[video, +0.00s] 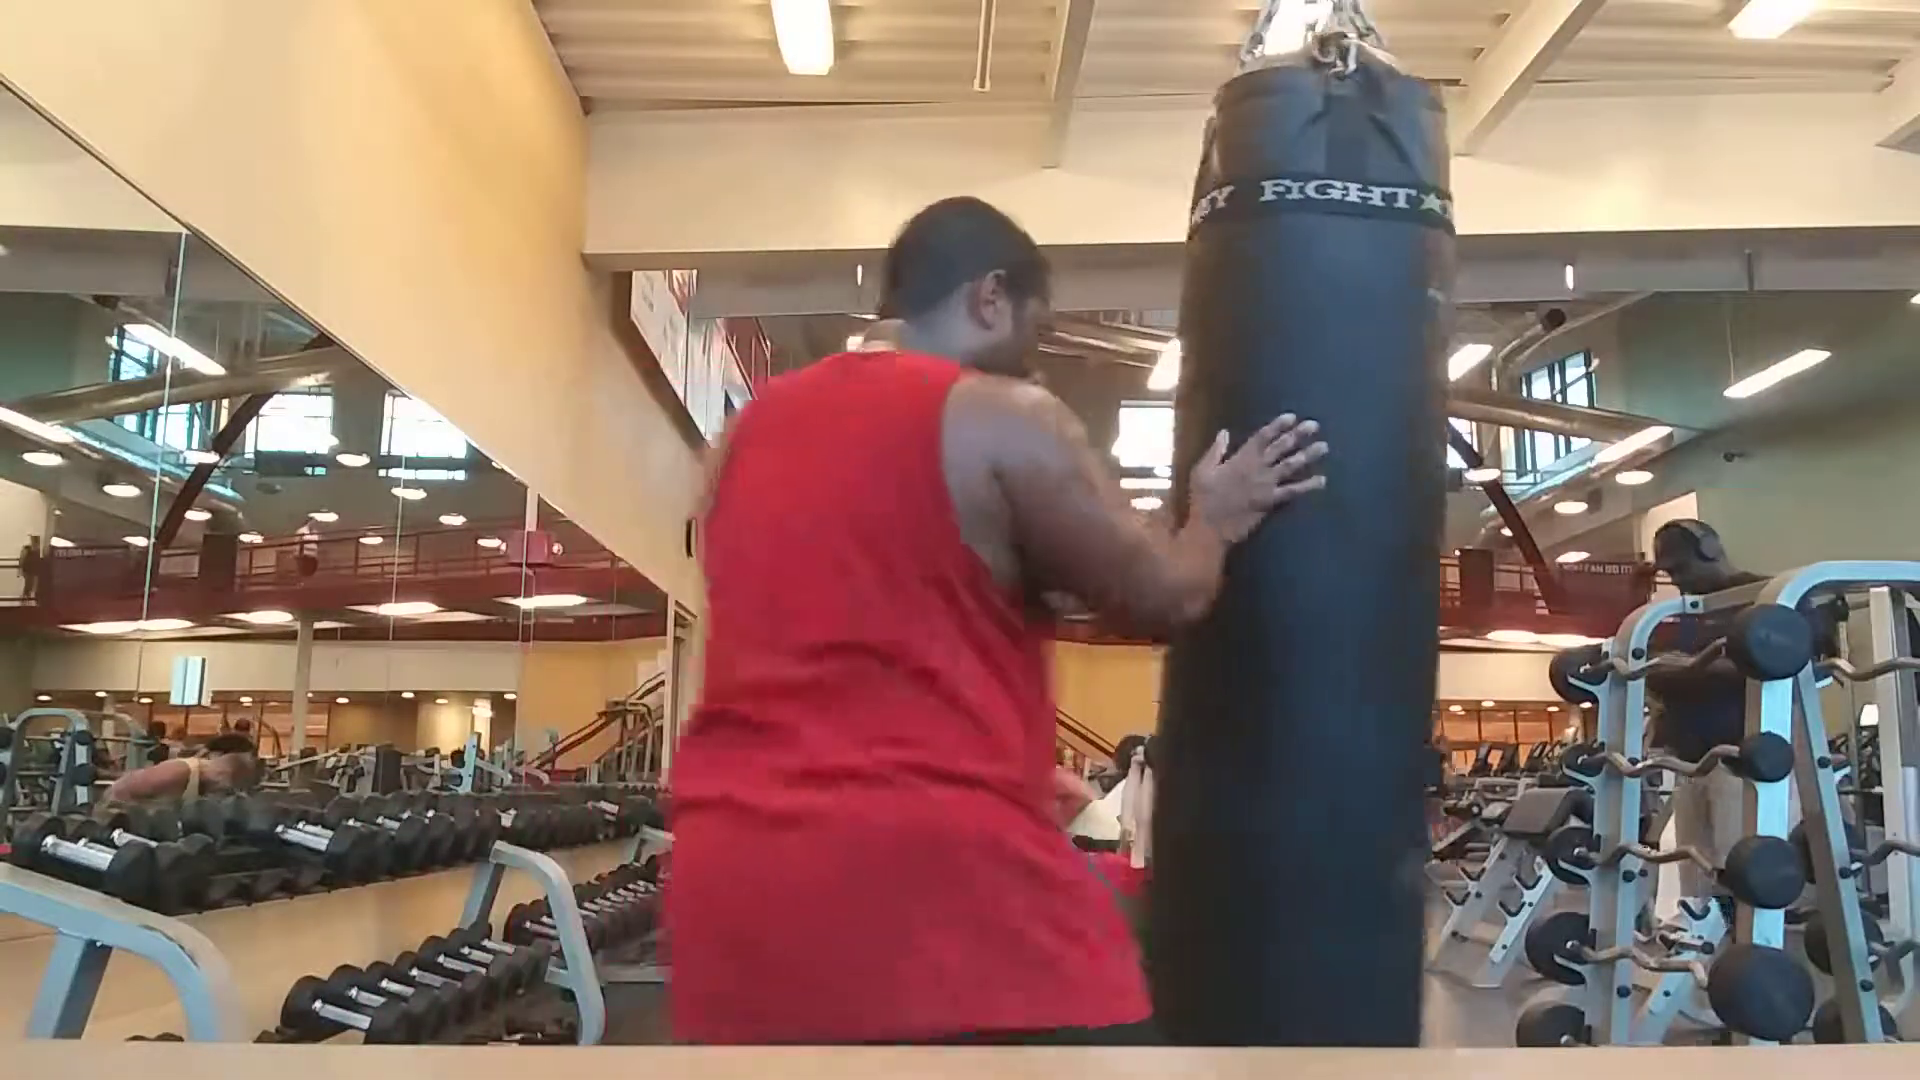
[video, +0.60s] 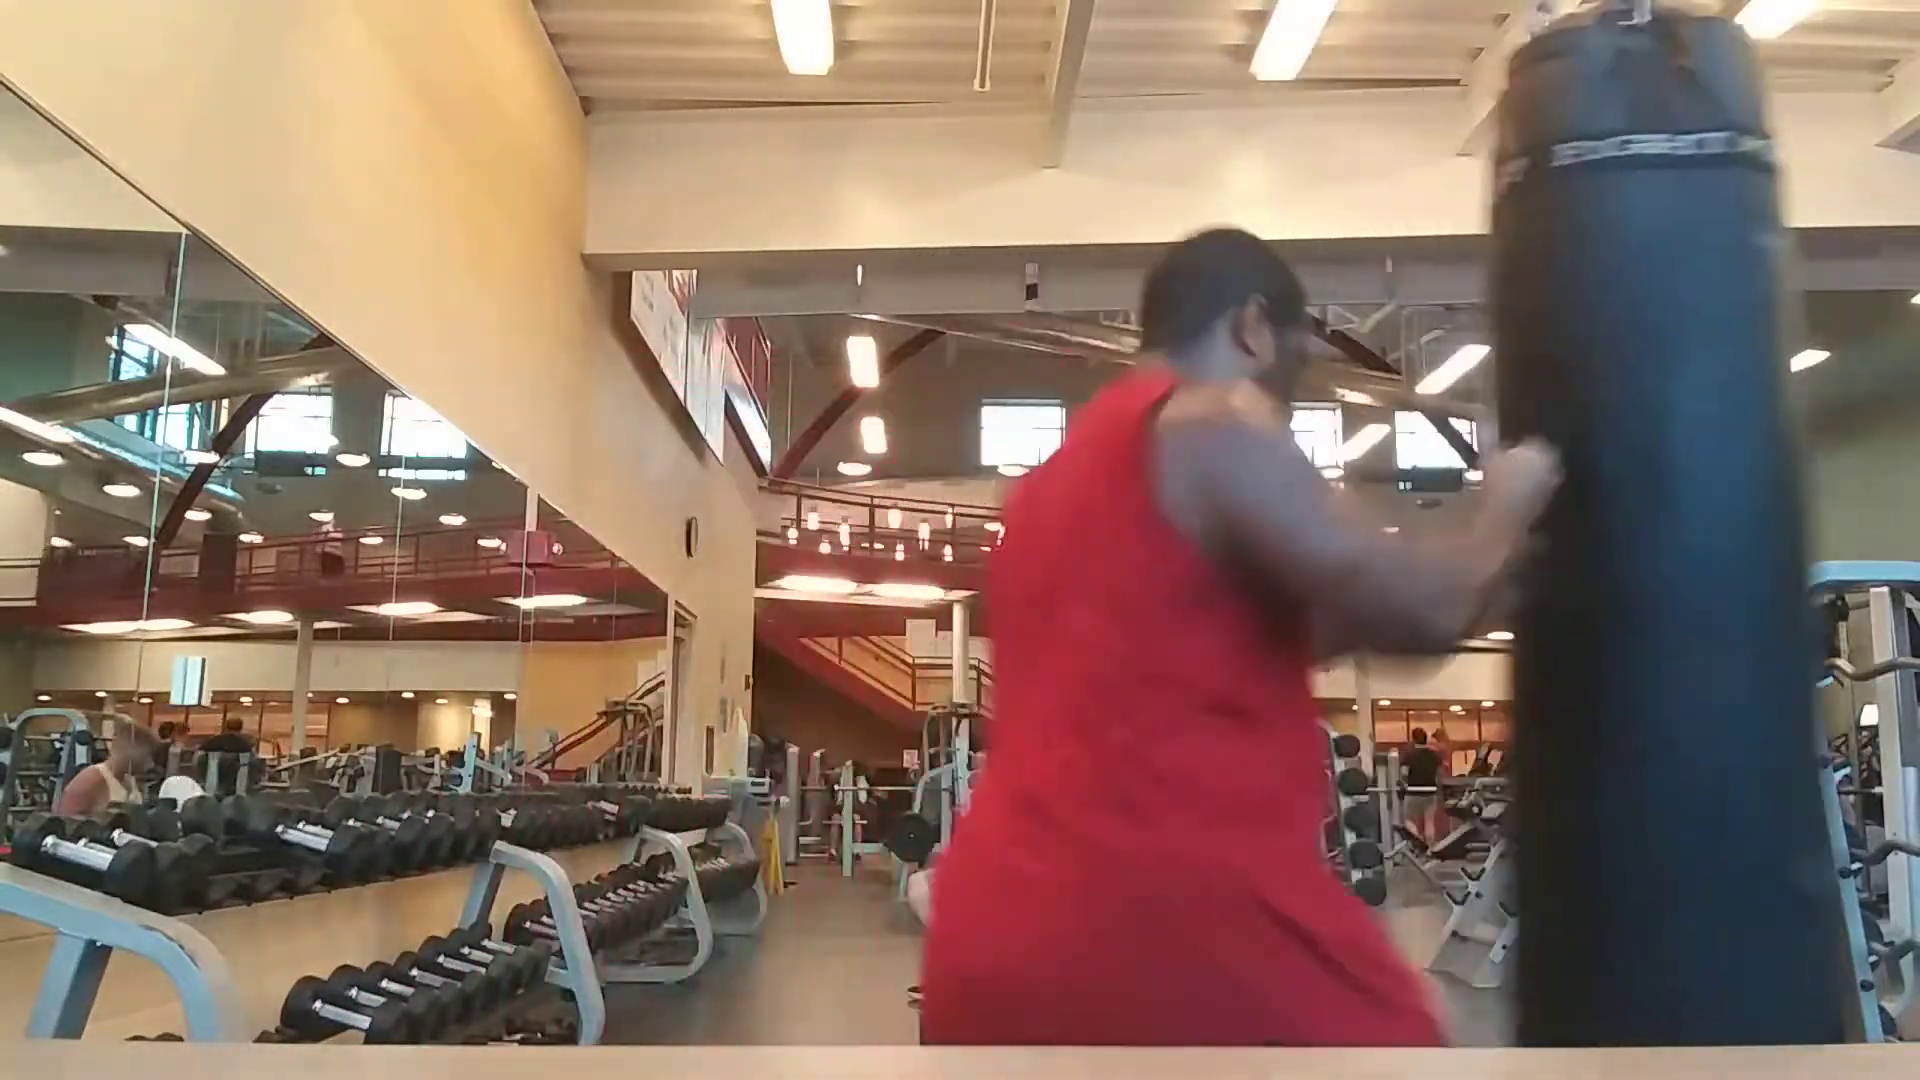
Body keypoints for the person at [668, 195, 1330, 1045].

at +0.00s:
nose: (1032, 354)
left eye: (1040, 335)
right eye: (1035, 332)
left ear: (893, 302)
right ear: (987, 301)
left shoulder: (749, 422)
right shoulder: (1002, 415)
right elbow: (1163, 593)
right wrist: (1216, 521)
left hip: (729, 866)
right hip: (946, 860)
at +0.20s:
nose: (1055, 372)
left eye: (1061, 349)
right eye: (1054, 345)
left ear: (911, 326)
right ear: (1005, 321)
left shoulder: (776, 454)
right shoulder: (1032, 434)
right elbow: (1273, 587)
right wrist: (1302, 528)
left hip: (780, 923)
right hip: (1013, 909)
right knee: (1224, 1061)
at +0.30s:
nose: (1085, 365)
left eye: (1090, 343)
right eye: (1084, 341)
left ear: (950, 330)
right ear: (1045, 330)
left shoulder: (821, 462)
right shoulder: (1098, 456)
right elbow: (1310, 627)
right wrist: (1321, 537)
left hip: (830, 915)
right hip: (1059, 905)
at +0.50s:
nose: (1232, 355)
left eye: (1232, 339)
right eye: (1228, 335)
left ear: (1092, 313)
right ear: (1187, 312)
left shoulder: (975, 437)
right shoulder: (1214, 396)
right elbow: (1462, 479)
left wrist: (1280, 600)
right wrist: (1458, 402)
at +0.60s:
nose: (1293, 383)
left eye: (1301, 363)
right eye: (1293, 356)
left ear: (1153, 336)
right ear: (1247, 329)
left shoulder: (1045, 481)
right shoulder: (1210, 425)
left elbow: (1258, 632)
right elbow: (1425, 600)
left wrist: (1476, 577)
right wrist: (1508, 496)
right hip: (1200, 915)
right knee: (1408, 1042)